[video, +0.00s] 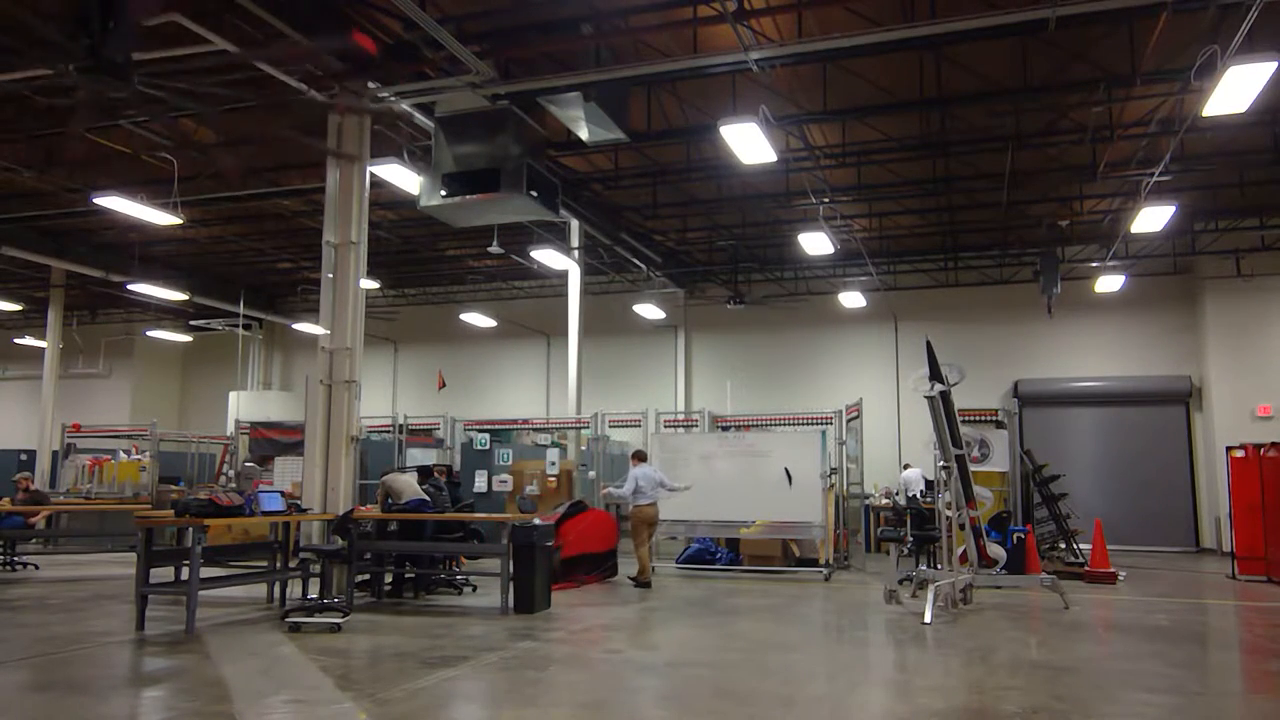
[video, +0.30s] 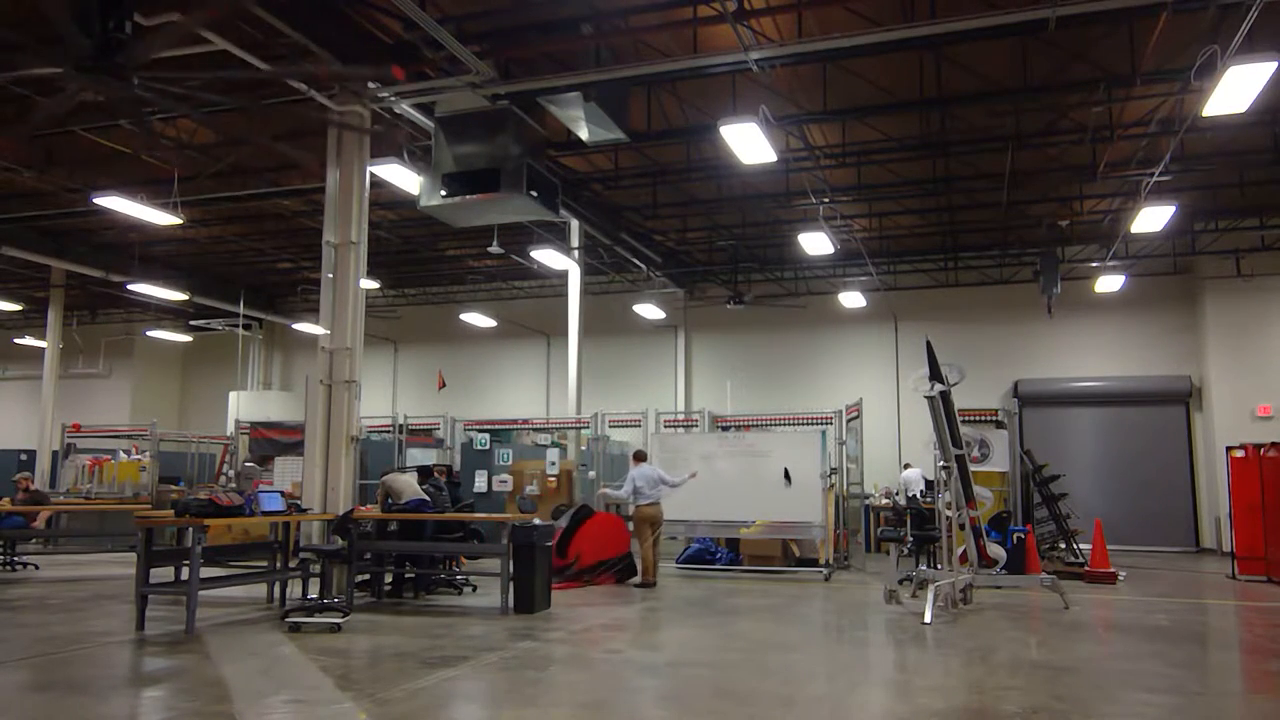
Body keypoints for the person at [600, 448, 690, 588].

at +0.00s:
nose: (631, 463)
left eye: (632, 460)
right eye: (631, 460)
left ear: (635, 460)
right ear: (645, 460)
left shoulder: (634, 472)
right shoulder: (653, 471)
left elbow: (626, 493)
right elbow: (668, 486)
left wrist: (610, 491)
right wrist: (683, 487)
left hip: (639, 508)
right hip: (652, 506)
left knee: (641, 545)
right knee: (645, 544)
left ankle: (645, 578)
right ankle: (641, 574)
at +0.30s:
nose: (632, 462)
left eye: (632, 460)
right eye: (633, 460)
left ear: (634, 460)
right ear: (645, 459)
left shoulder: (633, 473)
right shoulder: (654, 471)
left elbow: (625, 495)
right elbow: (672, 483)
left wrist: (606, 491)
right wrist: (688, 477)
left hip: (642, 508)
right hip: (656, 507)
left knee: (646, 545)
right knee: (654, 544)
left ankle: (647, 579)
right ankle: (653, 577)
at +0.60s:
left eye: (639, 458)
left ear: (637, 459)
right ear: (650, 459)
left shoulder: (633, 474)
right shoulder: (655, 471)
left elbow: (623, 496)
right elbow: (672, 483)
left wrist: (608, 489)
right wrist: (688, 474)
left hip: (643, 509)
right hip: (659, 507)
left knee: (647, 545)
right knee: (665, 545)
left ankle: (646, 580)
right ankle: (669, 579)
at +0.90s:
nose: (662, 460)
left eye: (662, 458)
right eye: (661, 458)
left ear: (648, 459)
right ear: (657, 458)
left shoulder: (643, 473)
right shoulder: (657, 469)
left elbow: (641, 492)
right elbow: (669, 483)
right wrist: (681, 473)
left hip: (649, 507)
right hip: (663, 507)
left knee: (650, 546)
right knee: (669, 546)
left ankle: (645, 580)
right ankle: (668, 579)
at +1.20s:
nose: (675, 461)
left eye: (675, 458)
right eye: (673, 458)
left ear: (672, 460)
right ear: (666, 459)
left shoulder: (672, 475)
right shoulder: (662, 474)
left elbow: (674, 493)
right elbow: (662, 488)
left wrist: (687, 497)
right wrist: (666, 474)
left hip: (674, 507)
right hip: (667, 507)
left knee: (670, 545)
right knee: (672, 546)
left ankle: (658, 576)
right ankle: (667, 579)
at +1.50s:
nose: (684, 460)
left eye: (686, 457)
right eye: (681, 457)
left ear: (689, 458)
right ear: (676, 459)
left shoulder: (691, 477)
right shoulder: (671, 473)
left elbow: (695, 496)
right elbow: (657, 489)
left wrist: (708, 498)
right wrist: (652, 478)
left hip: (687, 512)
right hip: (673, 511)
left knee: (693, 547)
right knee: (673, 548)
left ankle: (697, 579)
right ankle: (667, 580)